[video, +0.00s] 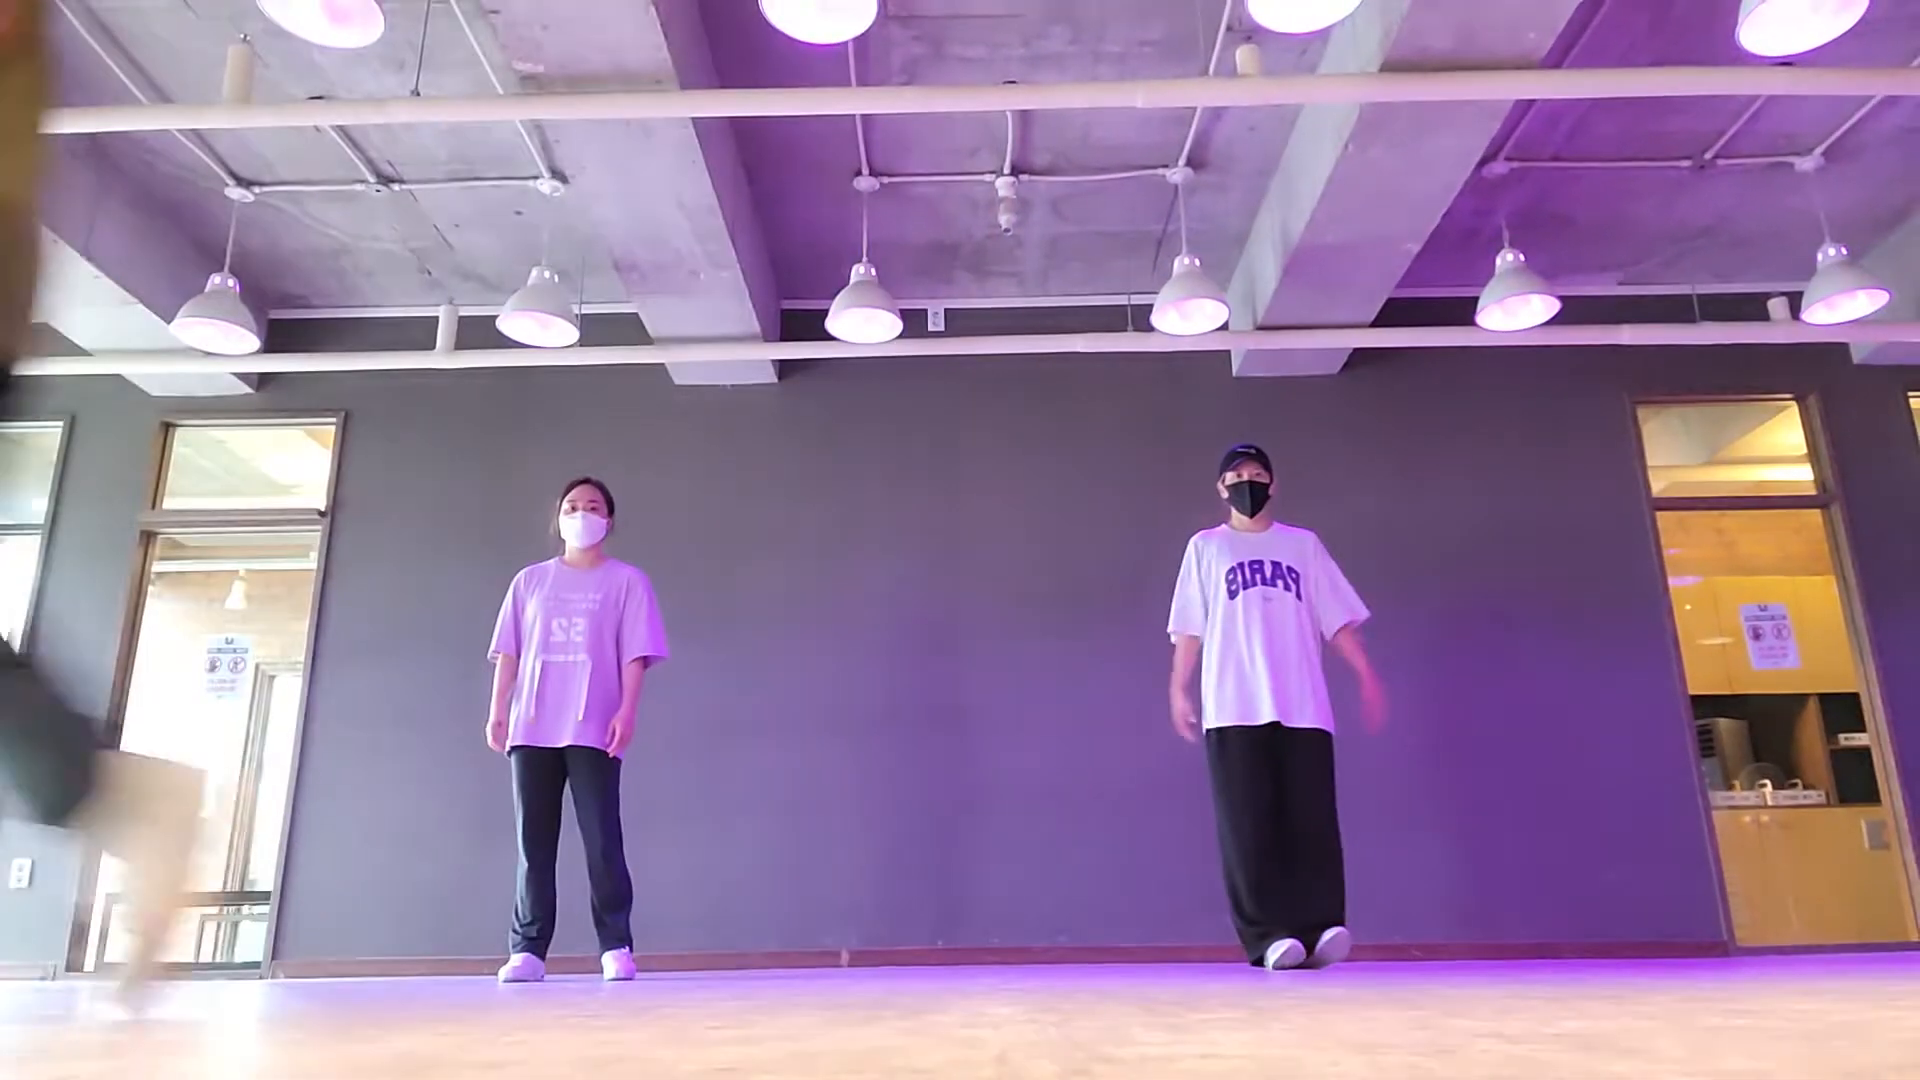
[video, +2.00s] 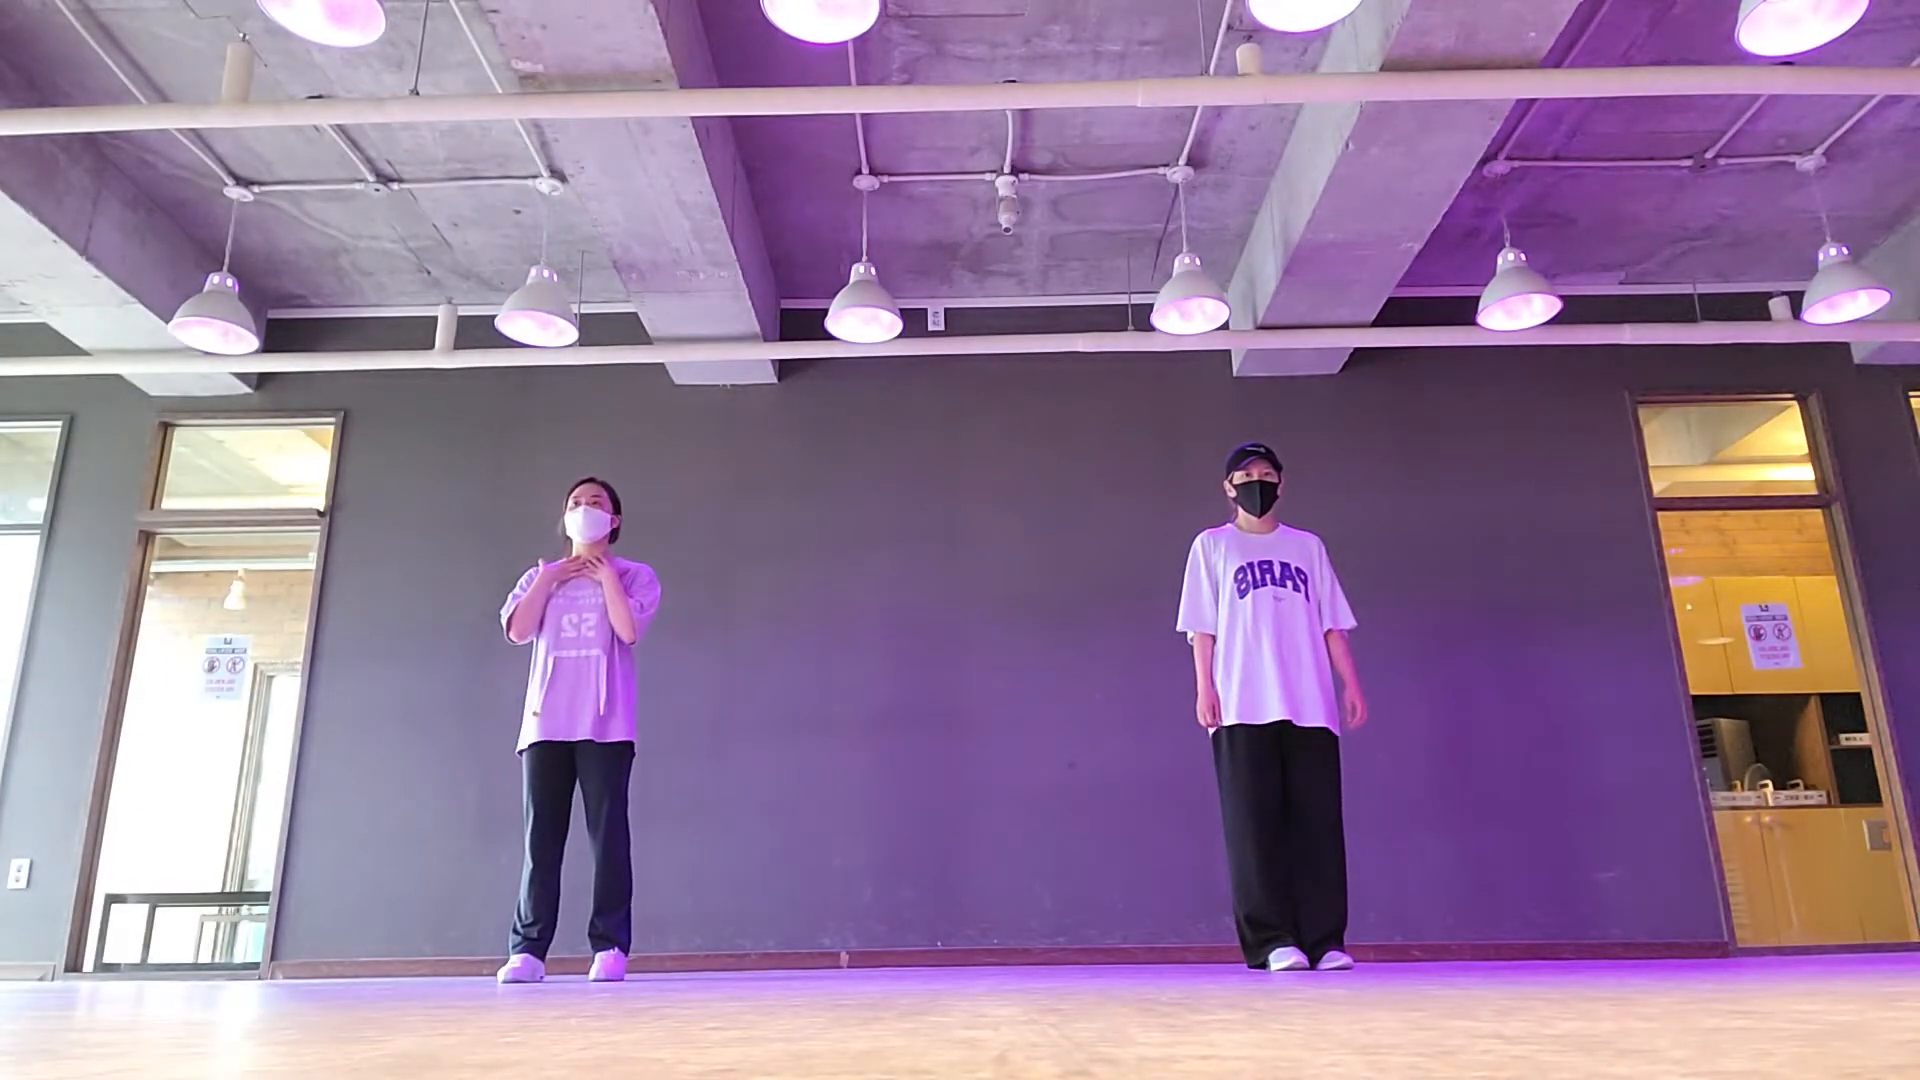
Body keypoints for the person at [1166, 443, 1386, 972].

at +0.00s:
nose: (1248, 485)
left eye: (1257, 477)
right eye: (1237, 478)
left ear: (1272, 486)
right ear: (1221, 488)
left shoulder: (1304, 544)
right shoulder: (1204, 548)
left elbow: (1337, 622)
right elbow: (1190, 629)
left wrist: (1367, 675)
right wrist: (1179, 689)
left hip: (1302, 701)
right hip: (1235, 704)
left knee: (1310, 816)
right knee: (1250, 823)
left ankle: (1320, 931)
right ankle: (1269, 940)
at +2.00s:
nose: (1258, 483)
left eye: (1267, 475)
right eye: (1246, 475)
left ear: (1280, 485)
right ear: (1230, 486)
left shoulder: (1309, 547)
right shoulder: (1210, 546)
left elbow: (1333, 627)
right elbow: (1201, 626)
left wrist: (1351, 684)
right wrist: (1206, 688)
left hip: (1309, 704)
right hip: (1244, 706)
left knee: (1317, 823)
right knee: (1256, 829)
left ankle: (1325, 941)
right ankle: (1271, 944)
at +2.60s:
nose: (1261, 483)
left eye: (1269, 475)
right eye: (1249, 476)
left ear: (1282, 484)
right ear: (1232, 486)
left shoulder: (1311, 544)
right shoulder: (1212, 543)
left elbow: (1335, 625)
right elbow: (1203, 622)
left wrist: (1353, 686)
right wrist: (1208, 683)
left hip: (1310, 702)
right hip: (1246, 704)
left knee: (1317, 822)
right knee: (1257, 827)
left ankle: (1325, 942)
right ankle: (1272, 944)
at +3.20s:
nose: (1260, 480)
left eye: (1269, 472)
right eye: (1248, 473)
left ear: (1282, 484)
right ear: (1232, 486)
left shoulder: (1312, 546)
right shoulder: (1213, 545)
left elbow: (1335, 626)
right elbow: (1205, 626)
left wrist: (1350, 684)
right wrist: (1206, 687)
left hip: (1310, 704)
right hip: (1244, 707)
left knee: (1318, 825)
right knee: (1256, 829)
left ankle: (1326, 941)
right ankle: (1271, 944)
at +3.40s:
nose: (1260, 478)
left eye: (1269, 470)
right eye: (1249, 471)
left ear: (1282, 483)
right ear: (1232, 485)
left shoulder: (1312, 545)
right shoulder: (1214, 544)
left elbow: (1335, 624)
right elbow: (1205, 625)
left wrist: (1349, 683)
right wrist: (1206, 685)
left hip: (1309, 703)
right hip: (1244, 706)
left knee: (1315, 824)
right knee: (1256, 829)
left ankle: (1326, 942)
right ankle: (1271, 944)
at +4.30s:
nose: (1259, 482)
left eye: (1267, 474)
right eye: (1248, 474)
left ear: (1281, 482)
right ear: (1229, 485)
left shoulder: (1312, 545)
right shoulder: (1212, 546)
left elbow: (1338, 627)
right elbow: (1206, 629)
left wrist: (1364, 686)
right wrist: (1197, 689)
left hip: (1314, 706)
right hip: (1243, 708)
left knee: (1318, 823)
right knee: (1257, 827)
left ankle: (1326, 942)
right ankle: (1273, 944)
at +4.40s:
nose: (1260, 478)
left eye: (1268, 470)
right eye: (1248, 471)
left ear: (1281, 481)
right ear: (1230, 484)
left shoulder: (1312, 544)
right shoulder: (1212, 545)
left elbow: (1340, 629)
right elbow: (1205, 629)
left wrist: (1370, 687)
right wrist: (1195, 687)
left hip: (1314, 709)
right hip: (1244, 709)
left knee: (1318, 825)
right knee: (1258, 828)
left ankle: (1326, 942)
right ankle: (1273, 944)